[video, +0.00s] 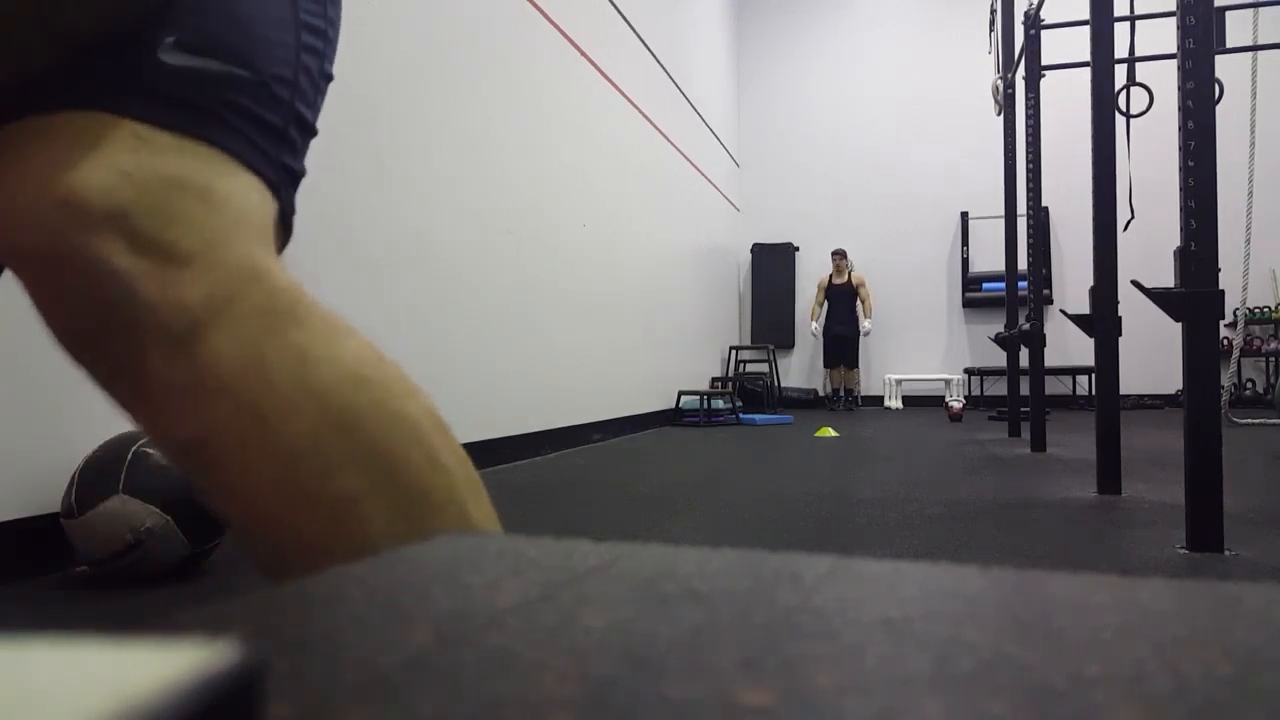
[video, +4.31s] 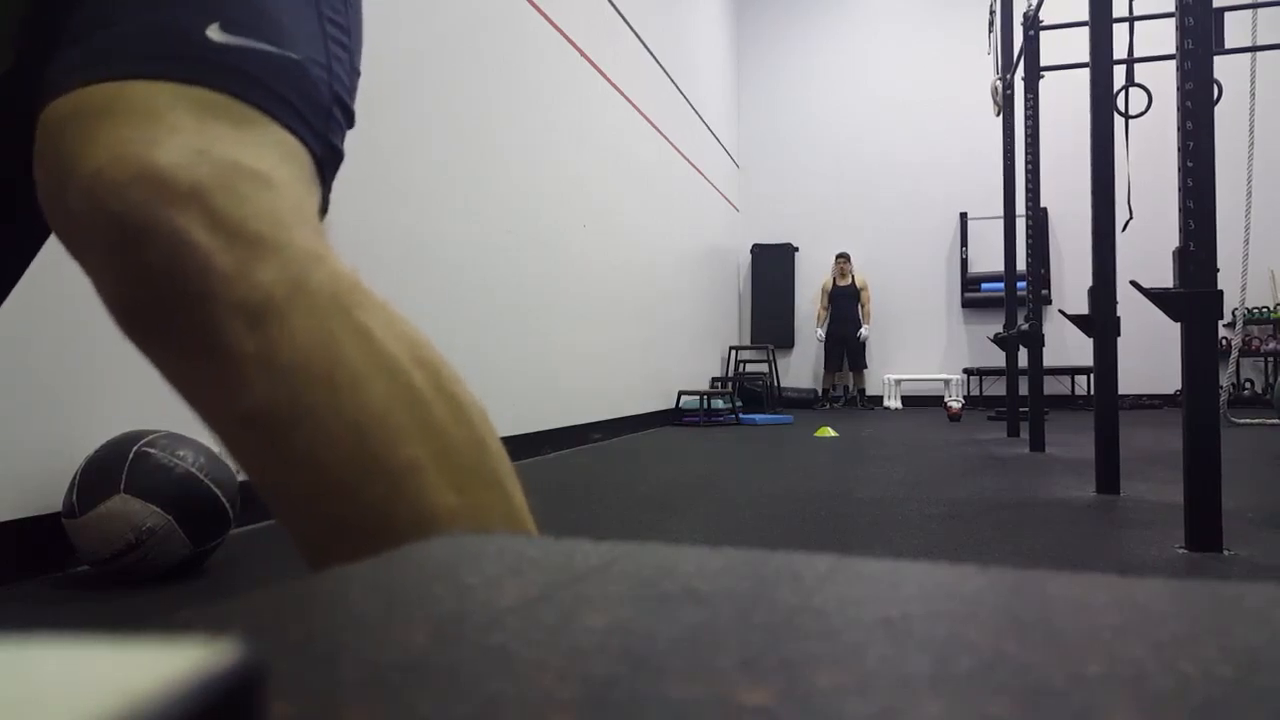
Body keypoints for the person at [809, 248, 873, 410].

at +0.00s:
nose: (837, 263)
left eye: (840, 260)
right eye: (834, 260)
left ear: (846, 261)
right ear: (831, 262)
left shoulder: (856, 279)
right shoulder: (825, 282)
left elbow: (865, 300)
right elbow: (818, 303)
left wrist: (867, 319)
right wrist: (814, 321)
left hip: (850, 327)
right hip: (831, 328)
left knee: (849, 365)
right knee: (834, 365)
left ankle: (849, 398)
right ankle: (835, 397)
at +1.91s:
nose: (835, 266)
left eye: (838, 263)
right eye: (832, 263)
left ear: (844, 264)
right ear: (829, 265)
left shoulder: (855, 282)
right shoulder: (823, 284)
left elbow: (863, 301)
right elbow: (816, 307)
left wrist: (866, 321)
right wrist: (811, 326)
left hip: (852, 329)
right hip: (832, 330)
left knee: (856, 366)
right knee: (829, 368)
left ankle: (862, 398)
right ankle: (827, 399)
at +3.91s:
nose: (843, 266)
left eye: (845, 262)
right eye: (840, 263)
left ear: (851, 264)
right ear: (836, 265)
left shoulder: (861, 283)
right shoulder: (829, 284)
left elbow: (866, 306)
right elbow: (823, 306)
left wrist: (867, 327)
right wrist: (817, 325)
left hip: (854, 331)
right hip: (834, 331)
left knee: (858, 368)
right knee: (830, 368)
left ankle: (862, 399)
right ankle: (825, 399)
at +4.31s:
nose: (841, 266)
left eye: (844, 263)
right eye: (838, 263)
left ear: (850, 265)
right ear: (835, 266)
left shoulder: (859, 283)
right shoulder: (828, 284)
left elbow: (865, 305)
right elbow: (823, 307)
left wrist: (866, 325)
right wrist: (819, 326)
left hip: (854, 330)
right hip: (834, 331)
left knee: (858, 368)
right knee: (830, 368)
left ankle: (861, 399)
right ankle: (825, 398)